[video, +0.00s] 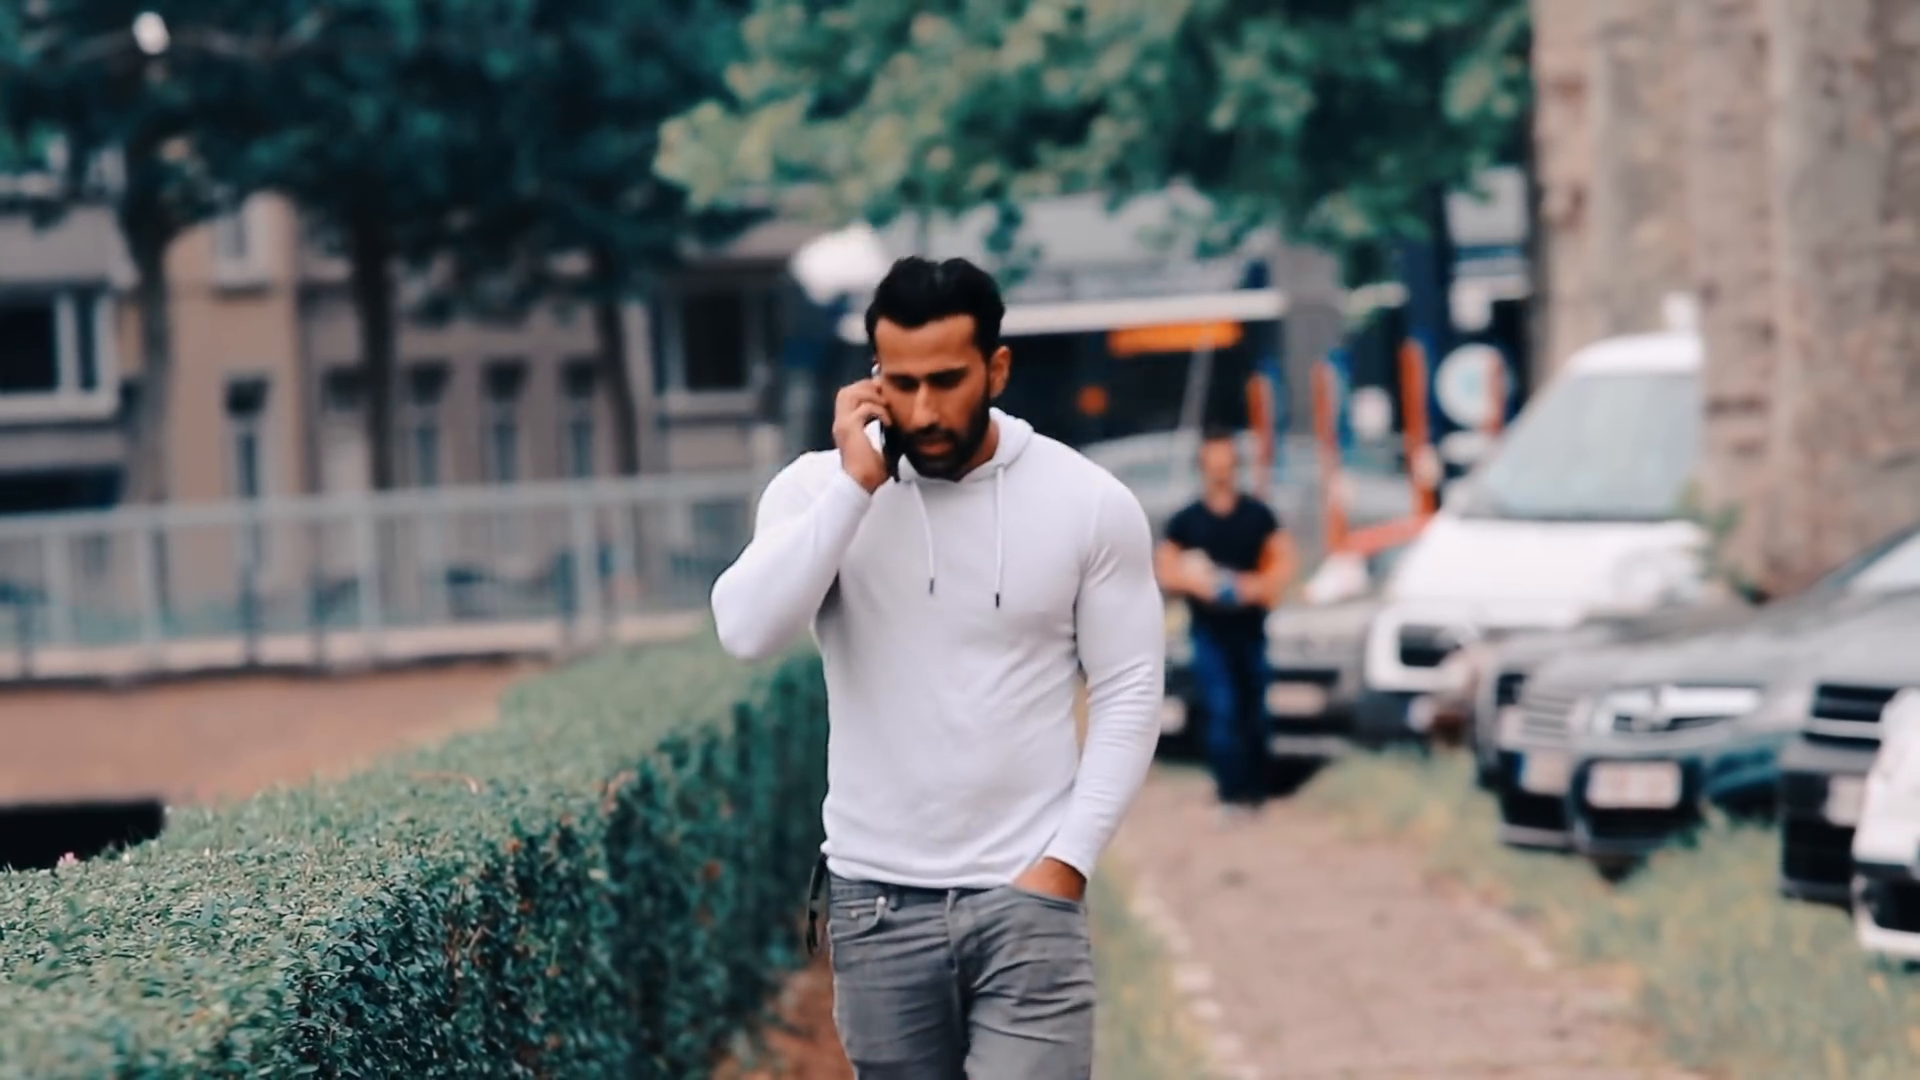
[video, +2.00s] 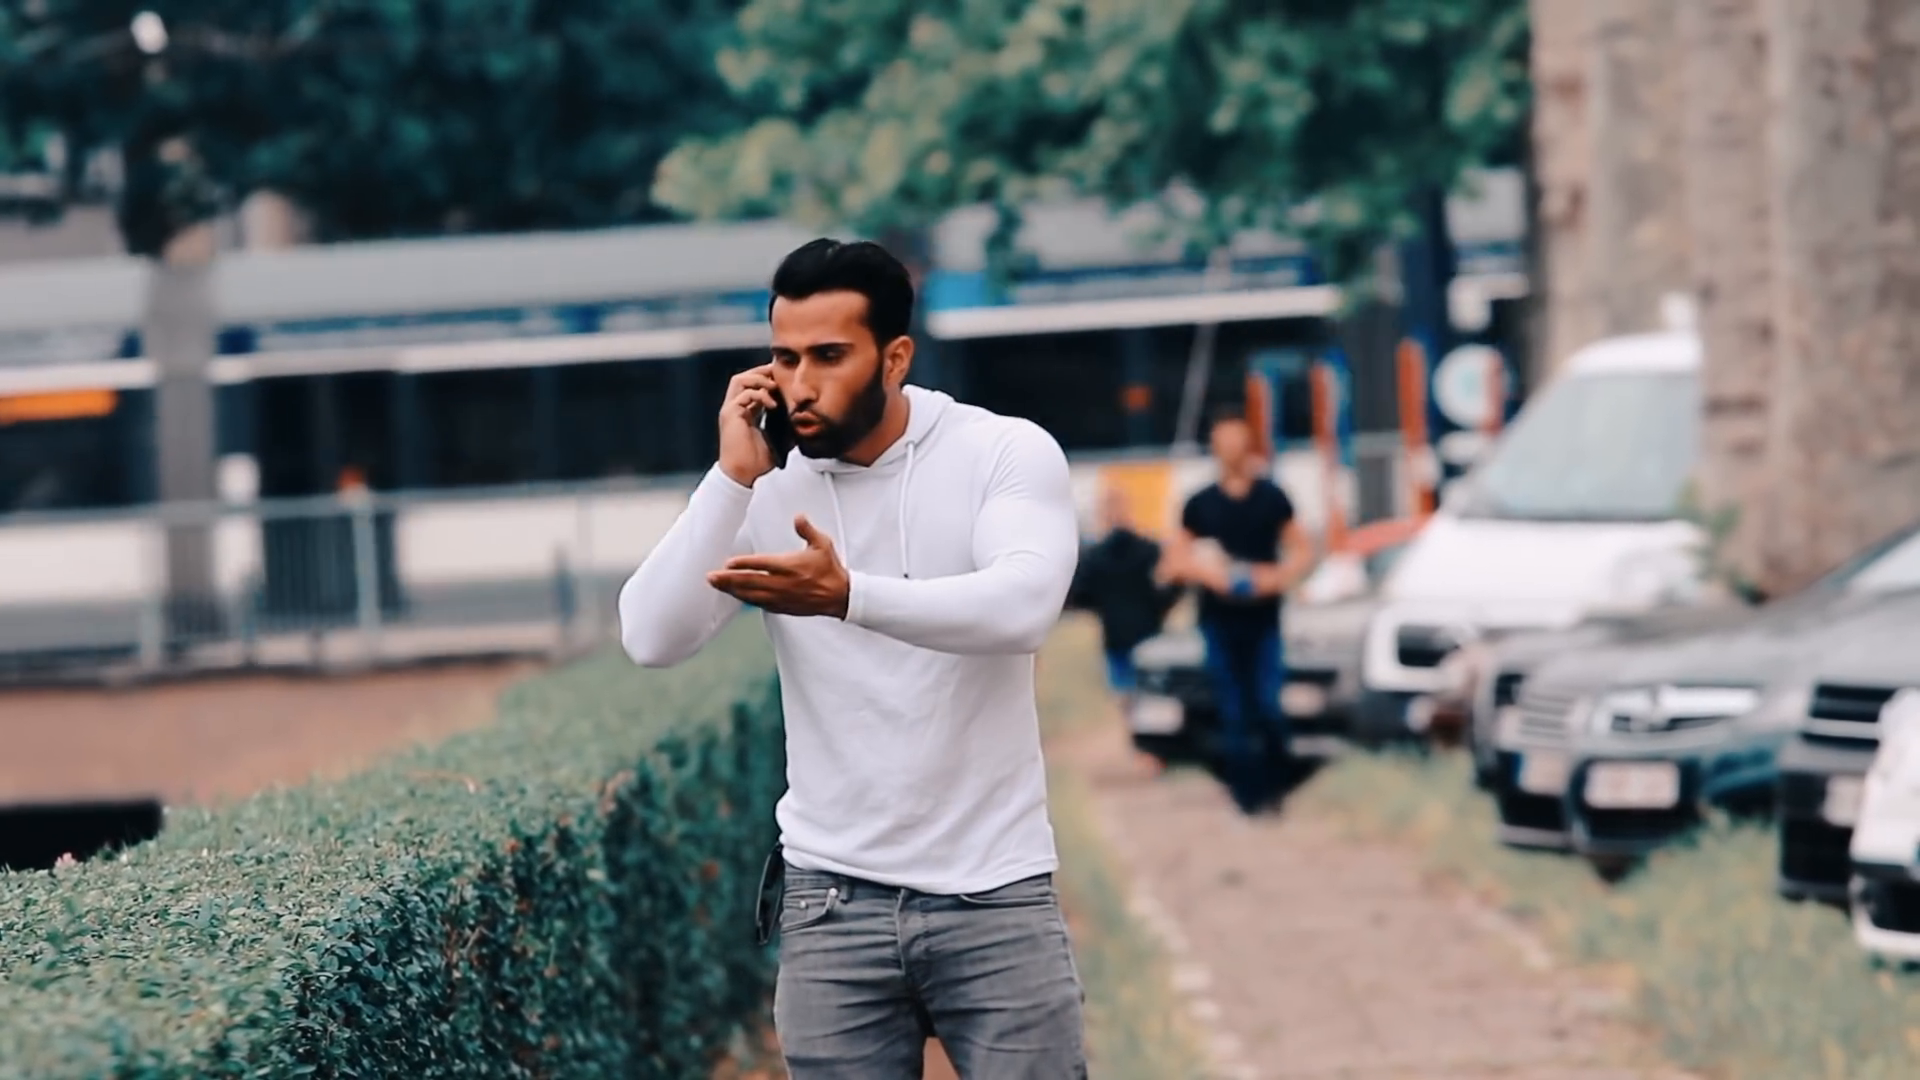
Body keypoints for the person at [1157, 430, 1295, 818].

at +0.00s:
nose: (1221, 471)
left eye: (1227, 463)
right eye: (1214, 463)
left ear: (1236, 465)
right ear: (1202, 466)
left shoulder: (1257, 515)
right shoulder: (1187, 521)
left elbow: (1283, 559)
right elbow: (1166, 569)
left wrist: (1259, 586)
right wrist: (1200, 582)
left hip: (1249, 622)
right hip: (1209, 624)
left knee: (1252, 704)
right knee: (1222, 705)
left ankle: (1255, 787)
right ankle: (1231, 790)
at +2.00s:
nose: (1231, 452)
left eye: (1237, 444)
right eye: (1224, 445)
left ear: (1250, 446)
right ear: (1213, 448)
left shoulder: (1270, 497)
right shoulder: (1200, 504)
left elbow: (1302, 550)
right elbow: (1178, 560)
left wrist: (1276, 578)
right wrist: (1211, 575)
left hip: (1262, 613)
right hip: (1219, 615)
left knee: (1266, 702)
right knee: (1232, 706)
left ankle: (1273, 785)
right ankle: (1246, 789)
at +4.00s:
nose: (1202, 436)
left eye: (1210, 428)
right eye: (1195, 428)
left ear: (1223, 429)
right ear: (1185, 429)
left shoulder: (1245, 480)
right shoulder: (1171, 479)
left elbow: (1271, 539)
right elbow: (1144, 538)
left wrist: (1246, 565)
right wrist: (1185, 558)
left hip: (1236, 602)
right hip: (1190, 603)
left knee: (1240, 692)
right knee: (1197, 697)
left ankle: (1239, 786)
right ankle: (1212, 789)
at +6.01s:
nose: (1224, 438)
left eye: (1232, 430)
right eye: (1216, 430)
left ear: (1246, 431)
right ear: (1205, 432)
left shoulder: (1265, 489)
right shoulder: (1187, 491)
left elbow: (1296, 550)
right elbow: (1153, 555)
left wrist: (1268, 579)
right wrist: (1195, 569)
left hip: (1253, 625)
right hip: (1205, 628)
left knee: (1254, 717)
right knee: (1214, 729)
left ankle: (1268, 814)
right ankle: (1231, 826)